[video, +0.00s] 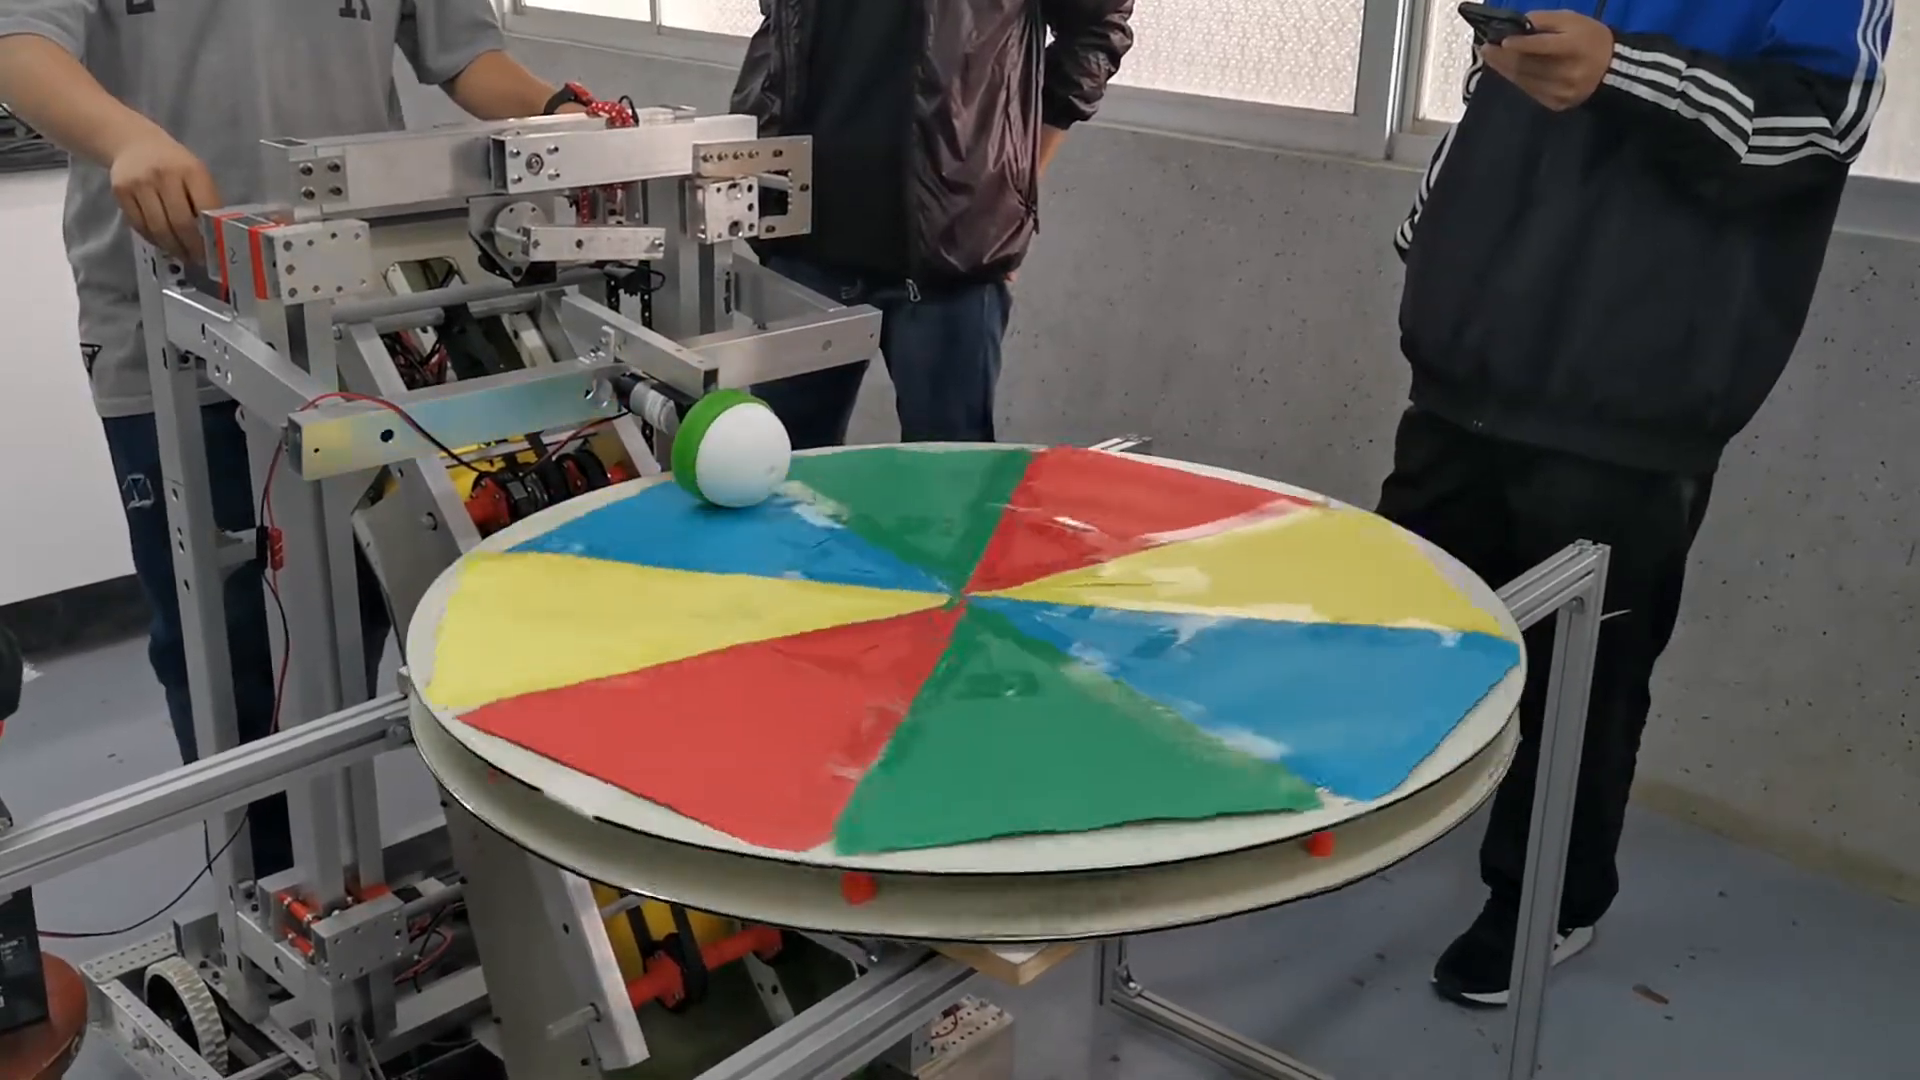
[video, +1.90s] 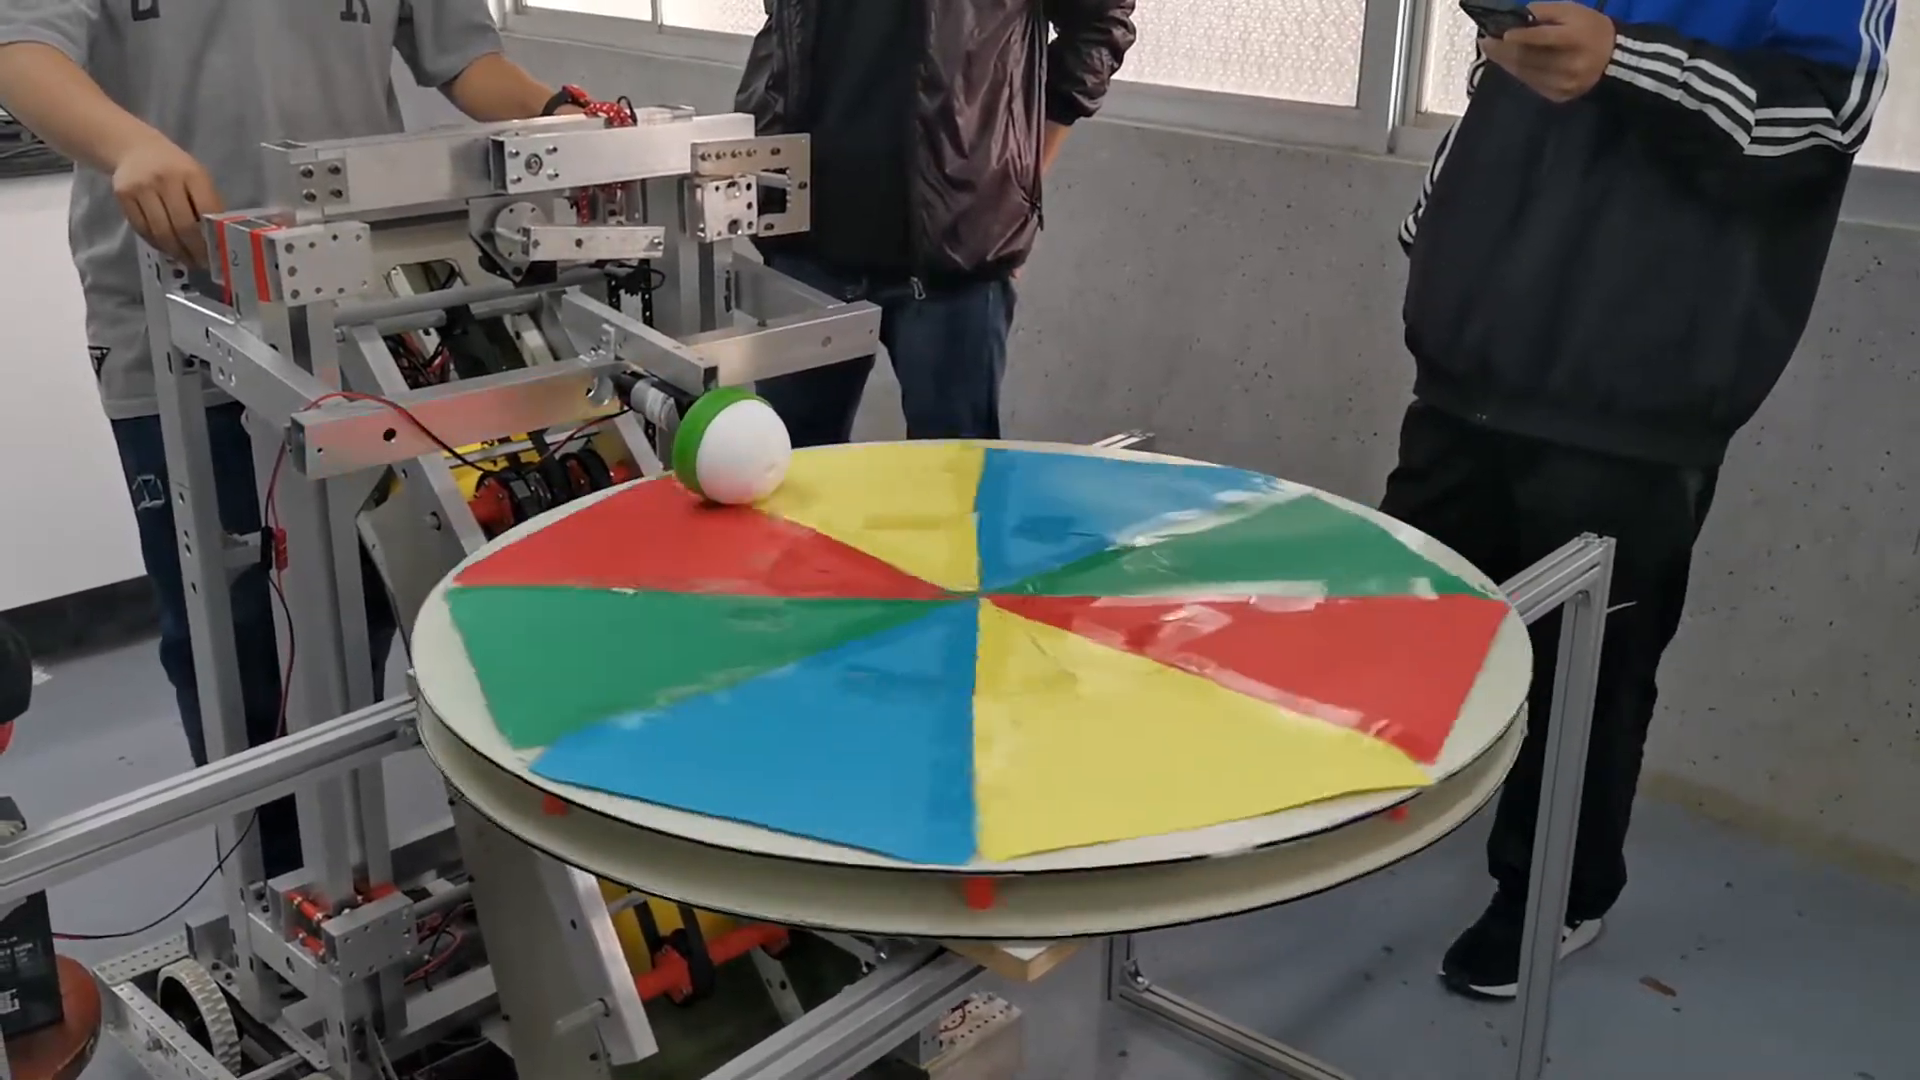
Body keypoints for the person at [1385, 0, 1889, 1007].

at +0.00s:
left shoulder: (1829, 8)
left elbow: (1819, 127)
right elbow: (1500, 86)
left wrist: (1616, 69)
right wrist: (1425, 241)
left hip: (1649, 363)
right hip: (1485, 317)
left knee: (1586, 658)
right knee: (1406, 603)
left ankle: (1547, 897)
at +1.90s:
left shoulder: (1830, 8)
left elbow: (1818, 121)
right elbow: (1507, 50)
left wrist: (1617, 57)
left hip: (1653, 350)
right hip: (1489, 303)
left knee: (1589, 649)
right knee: (1415, 597)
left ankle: (1555, 890)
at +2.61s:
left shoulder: (1841, 8)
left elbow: (1831, 117)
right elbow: (1517, 65)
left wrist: (1631, 56)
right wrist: (1439, 235)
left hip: (1663, 353)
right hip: (1497, 305)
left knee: (1599, 651)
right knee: (1420, 600)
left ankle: (1558, 892)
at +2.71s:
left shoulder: (1842, 9)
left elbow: (1834, 117)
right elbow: (1516, 43)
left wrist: (1634, 56)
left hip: (1665, 351)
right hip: (1497, 302)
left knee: (1599, 651)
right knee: (1419, 601)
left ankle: (1559, 892)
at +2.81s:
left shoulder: (1847, 11)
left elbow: (1836, 117)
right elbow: (1517, 33)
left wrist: (1634, 54)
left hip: (1667, 348)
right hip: (1499, 300)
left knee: (1600, 648)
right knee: (1420, 595)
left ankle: (1560, 892)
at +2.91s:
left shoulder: (1851, 11)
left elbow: (1839, 118)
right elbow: (1514, 20)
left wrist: (1638, 54)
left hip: (1671, 346)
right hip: (1503, 297)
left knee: (1603, 650)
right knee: (1425, 593)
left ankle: (1562, 894)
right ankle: (1336, 822)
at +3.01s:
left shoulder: (1854, 11)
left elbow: (1846, 115)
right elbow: (1521, 27)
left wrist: (1644, 53)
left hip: (1675, 346)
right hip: (1506, 299)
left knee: (1607, 648)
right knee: (1431, 592)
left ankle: (1567, 893)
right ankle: (1353, 821)